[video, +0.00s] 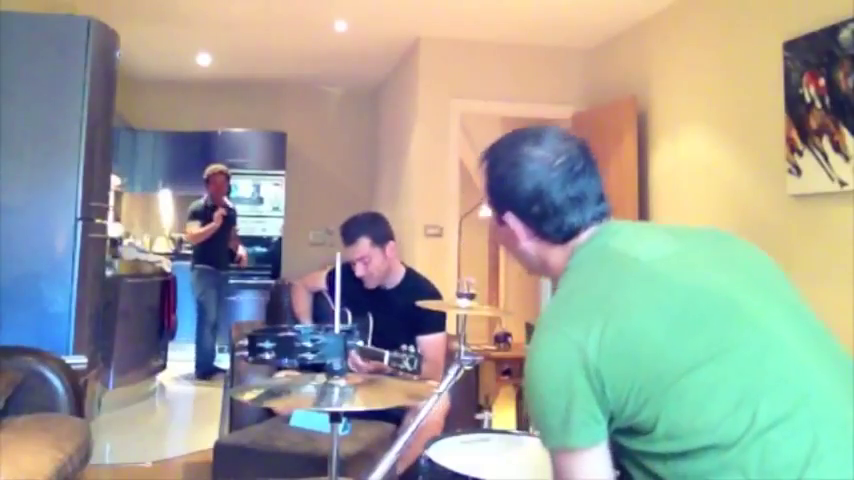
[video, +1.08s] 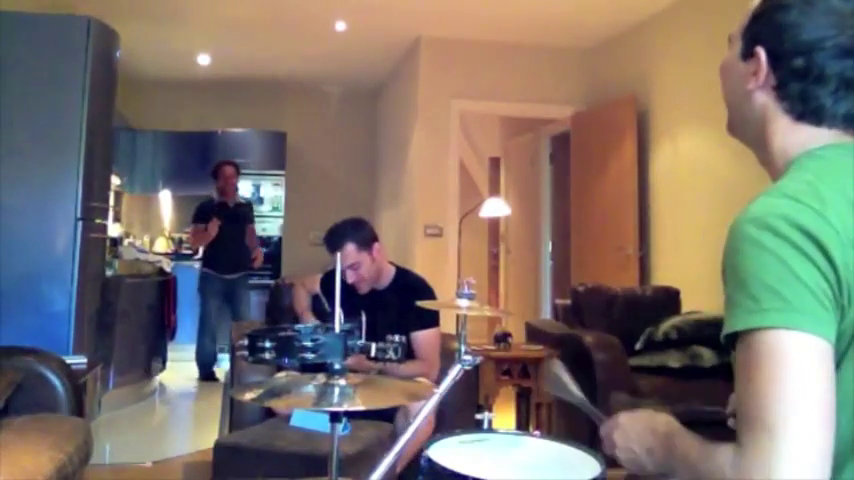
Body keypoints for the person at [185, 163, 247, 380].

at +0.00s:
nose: (220, 187)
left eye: (223, 182)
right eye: (215, 182)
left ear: (227, 184)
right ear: (207, 184)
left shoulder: (230, 211)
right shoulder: (198, 209)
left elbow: (232, 237)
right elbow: (192, 236)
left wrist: (240, 250)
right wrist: (215, 224)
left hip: (222, 267)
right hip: (203, 266)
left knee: (217, 317)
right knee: (208, 315)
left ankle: (209, 361)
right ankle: (203, 365)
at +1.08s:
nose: (229, 182)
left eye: (232, 178)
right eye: (224, 178)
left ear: (237, 180)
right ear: (216, 182)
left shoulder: (245, 207)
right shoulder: (206, 208)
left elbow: (251, 234)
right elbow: (196, 240)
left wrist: (256, 249)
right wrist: (208, 234)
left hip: (239, 275)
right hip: (212, 275)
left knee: (243, 322)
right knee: (209, 322)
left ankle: (243, 367)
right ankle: (206, 367)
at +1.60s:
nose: (255, 178)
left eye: (259, 174)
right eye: (251, 174)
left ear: (265, 176)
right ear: (242, 177)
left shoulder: (274, 204)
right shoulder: (231, 204)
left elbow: (283, 231)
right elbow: (219, 239)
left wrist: (281, 246)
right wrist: (234, 230)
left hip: (268, 272)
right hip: (240, 271)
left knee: (264, 322)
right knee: (241, 321)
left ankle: (261, 366)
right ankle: (227, 364)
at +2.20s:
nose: (272, 175)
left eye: (275, 170)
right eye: (267, 171)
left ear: (282, 172)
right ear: (258, 175)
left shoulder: (291, 204)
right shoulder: (248, 204)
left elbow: (300, 238)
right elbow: (234, 242)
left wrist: (305, 270)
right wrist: (260, 237)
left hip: (284, 275)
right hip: (256, 273)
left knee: (284, 326)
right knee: (260, 325)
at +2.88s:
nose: (304, 173)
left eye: (308, 168)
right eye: (299, 168)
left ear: (314, 171)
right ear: (288, 171)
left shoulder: (322, 203)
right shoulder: (273, 201)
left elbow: (328, 240)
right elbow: (259, 241)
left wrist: (332, 270)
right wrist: (284, 238)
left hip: (312, 279)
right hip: (277, 278)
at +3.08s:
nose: (316, 170)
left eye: (320, 165)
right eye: (310, 165)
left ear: (326, 168)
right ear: (301, 168)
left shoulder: (337, 201)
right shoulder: (286, 200)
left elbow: (346, 240)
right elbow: (273, 240)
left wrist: (350, 267)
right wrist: (288, 226)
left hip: (325, 276)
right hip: (293, 277)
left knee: (328, 327)